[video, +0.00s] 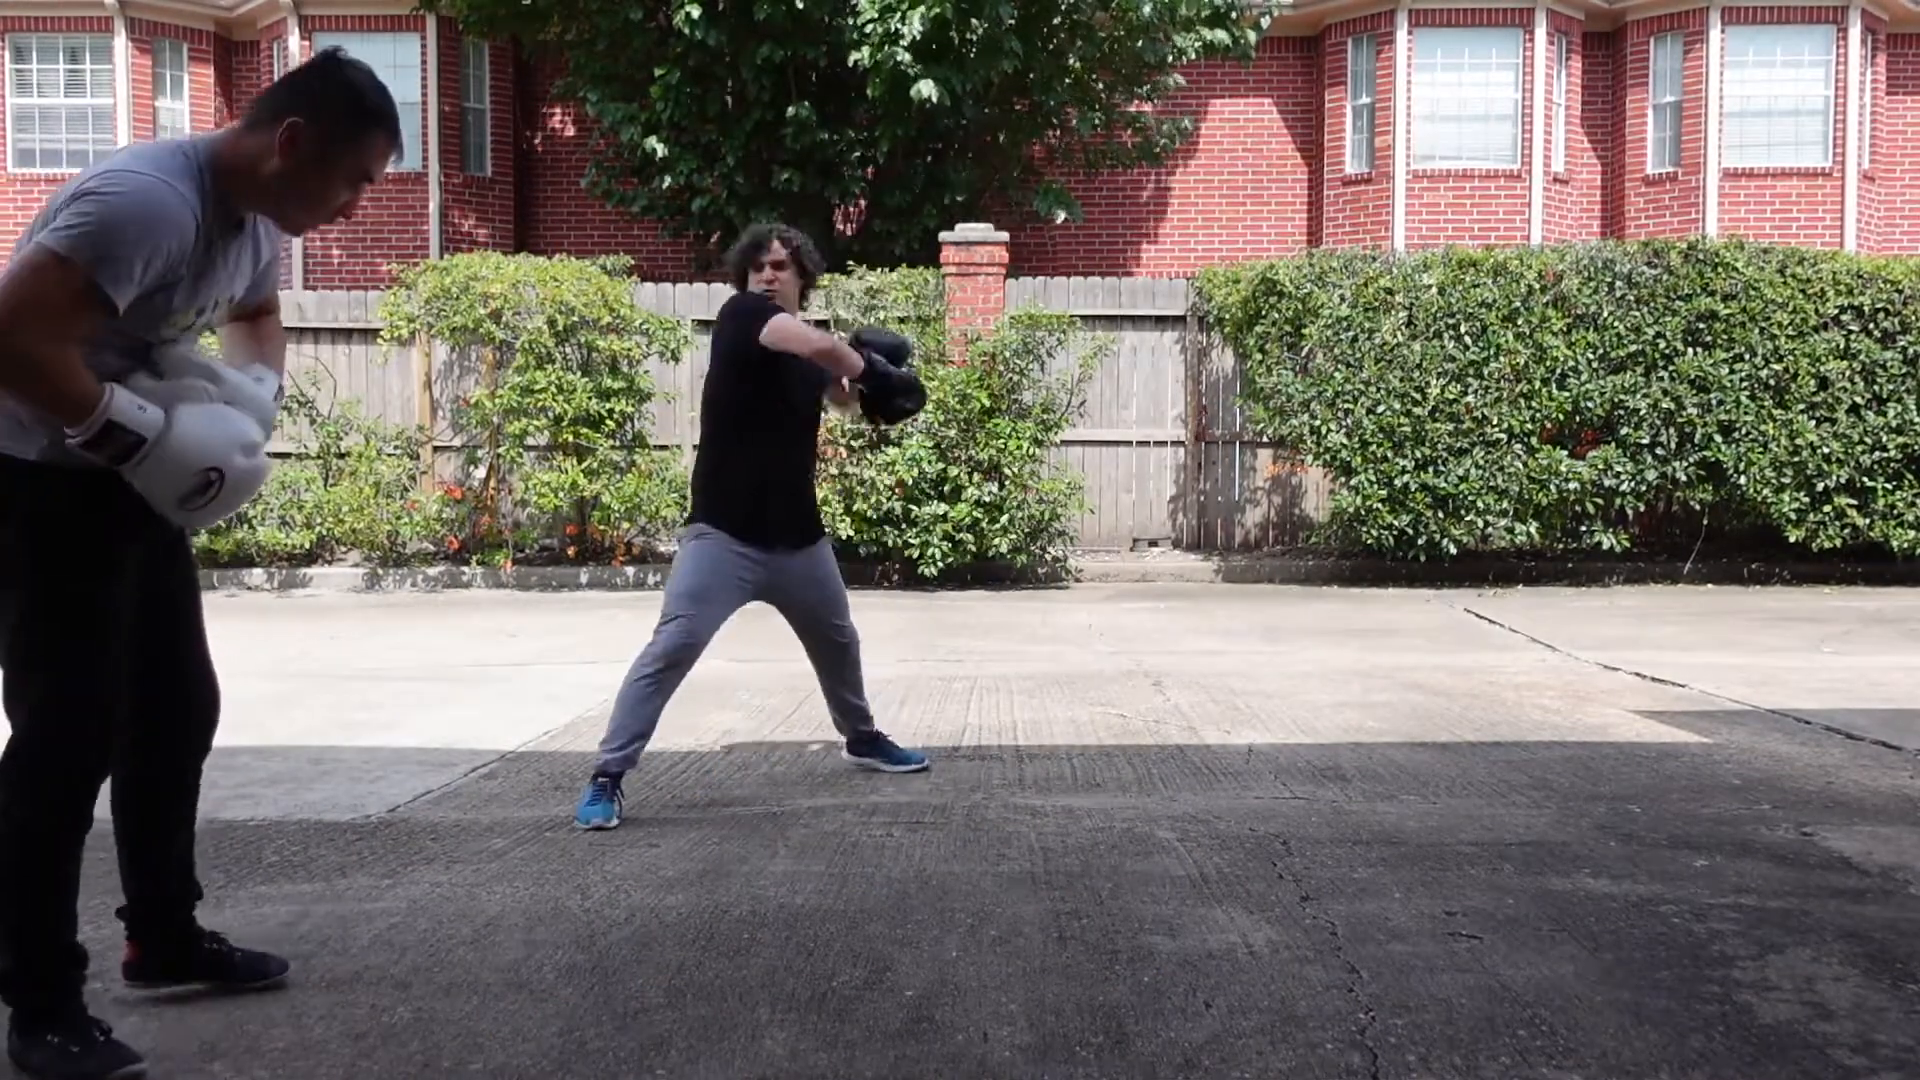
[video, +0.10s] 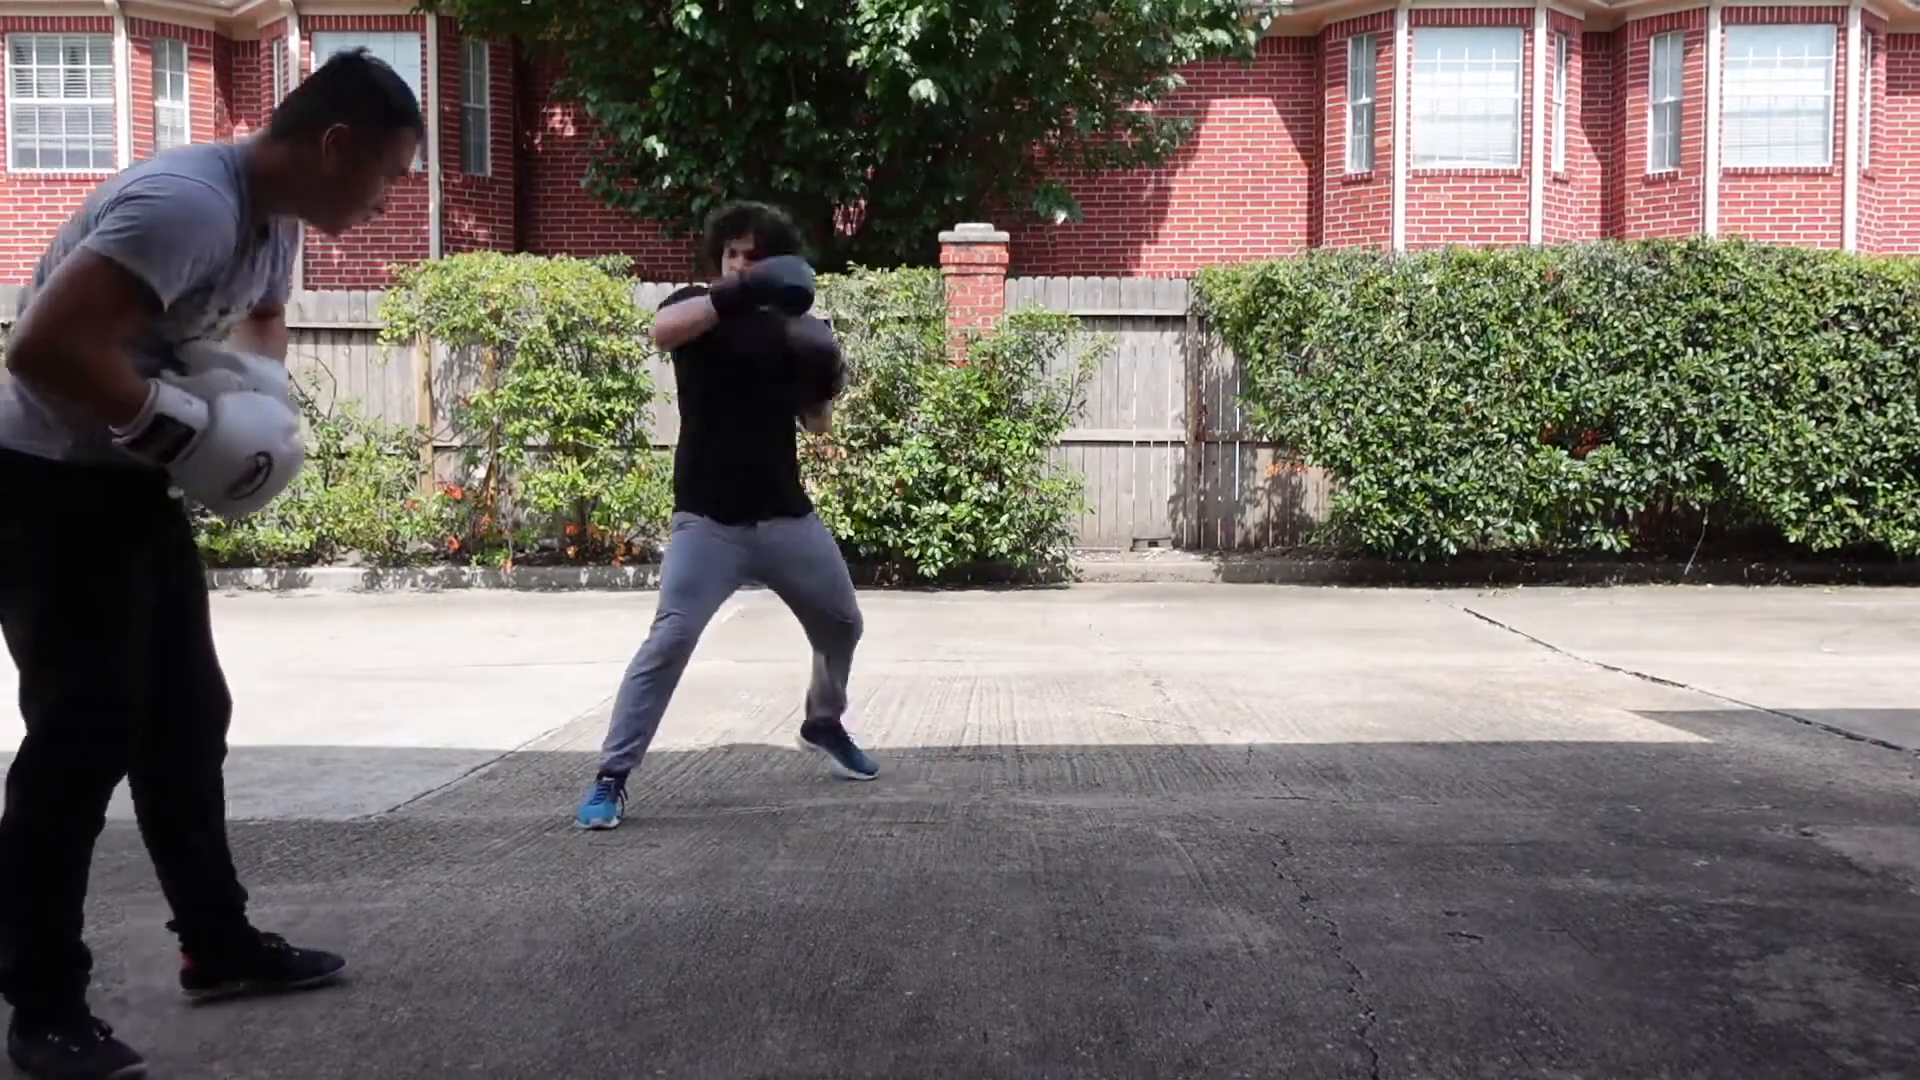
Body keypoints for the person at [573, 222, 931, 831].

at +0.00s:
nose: (773, 274)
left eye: (784, 266)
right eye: (763, 266)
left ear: (804, 276)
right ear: (746, 277)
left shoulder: (811, 341)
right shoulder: (742, 314)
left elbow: (843, 400)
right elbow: (818, 343)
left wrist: (864, 377)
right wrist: (863, 371)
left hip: (800, 541)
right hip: (722, 537)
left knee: (839, 643)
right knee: (674, 645)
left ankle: (862, 736)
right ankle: (607, 777)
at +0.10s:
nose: (743, 268)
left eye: (755, 258)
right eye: (734, 256)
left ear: (778, 264)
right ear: (716, 259)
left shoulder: (791, 326)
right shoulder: (693, 305)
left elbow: (816, 422)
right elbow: (662, 332)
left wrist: (820, 363)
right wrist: (734, 292)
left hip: (786, 518)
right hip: (707, 521)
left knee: (842, 623)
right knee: (670, 639)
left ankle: (823, 722)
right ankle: (611, 778)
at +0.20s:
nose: (708, 266)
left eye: (721, 255)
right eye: (700, 254)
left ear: (752, 261)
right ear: (690, 257)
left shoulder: (783, 320)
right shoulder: (667, 314)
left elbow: (808, 405)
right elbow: (604, 366)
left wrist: (768, 356)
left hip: (772, 513)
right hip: (692, 516)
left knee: (837, 617)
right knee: (654, 639)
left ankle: (793, 747)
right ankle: (608, 780)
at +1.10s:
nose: (693, 270)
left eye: (704, 259)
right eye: (684, 259)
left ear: (737, 261)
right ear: (672, 263)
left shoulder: (761, 313)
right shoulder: (655, 309)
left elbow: (779, 382)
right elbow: (593, 367)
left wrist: (752, 307)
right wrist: (599, 293)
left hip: (745, 514)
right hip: (669, 516)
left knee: (785, 641)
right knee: (644, 635)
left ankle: (827, 756)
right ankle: (648, 753)